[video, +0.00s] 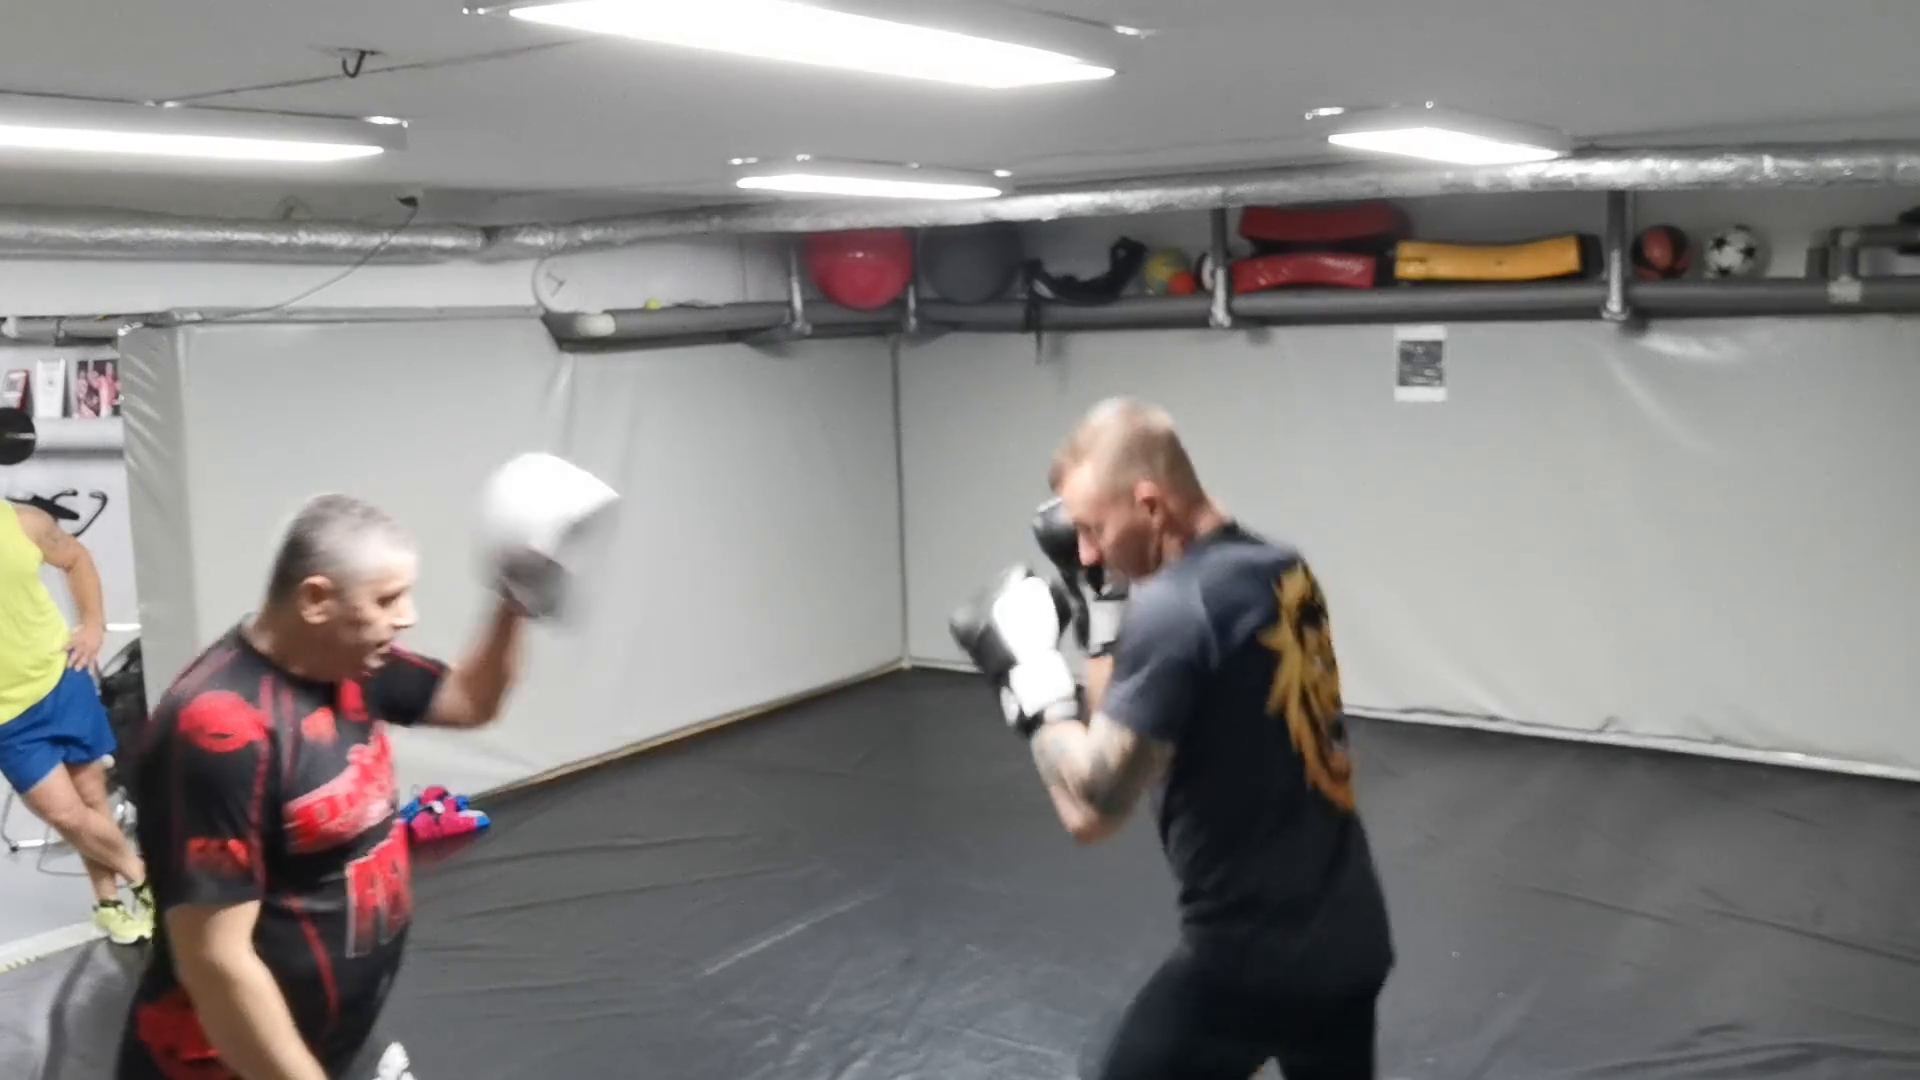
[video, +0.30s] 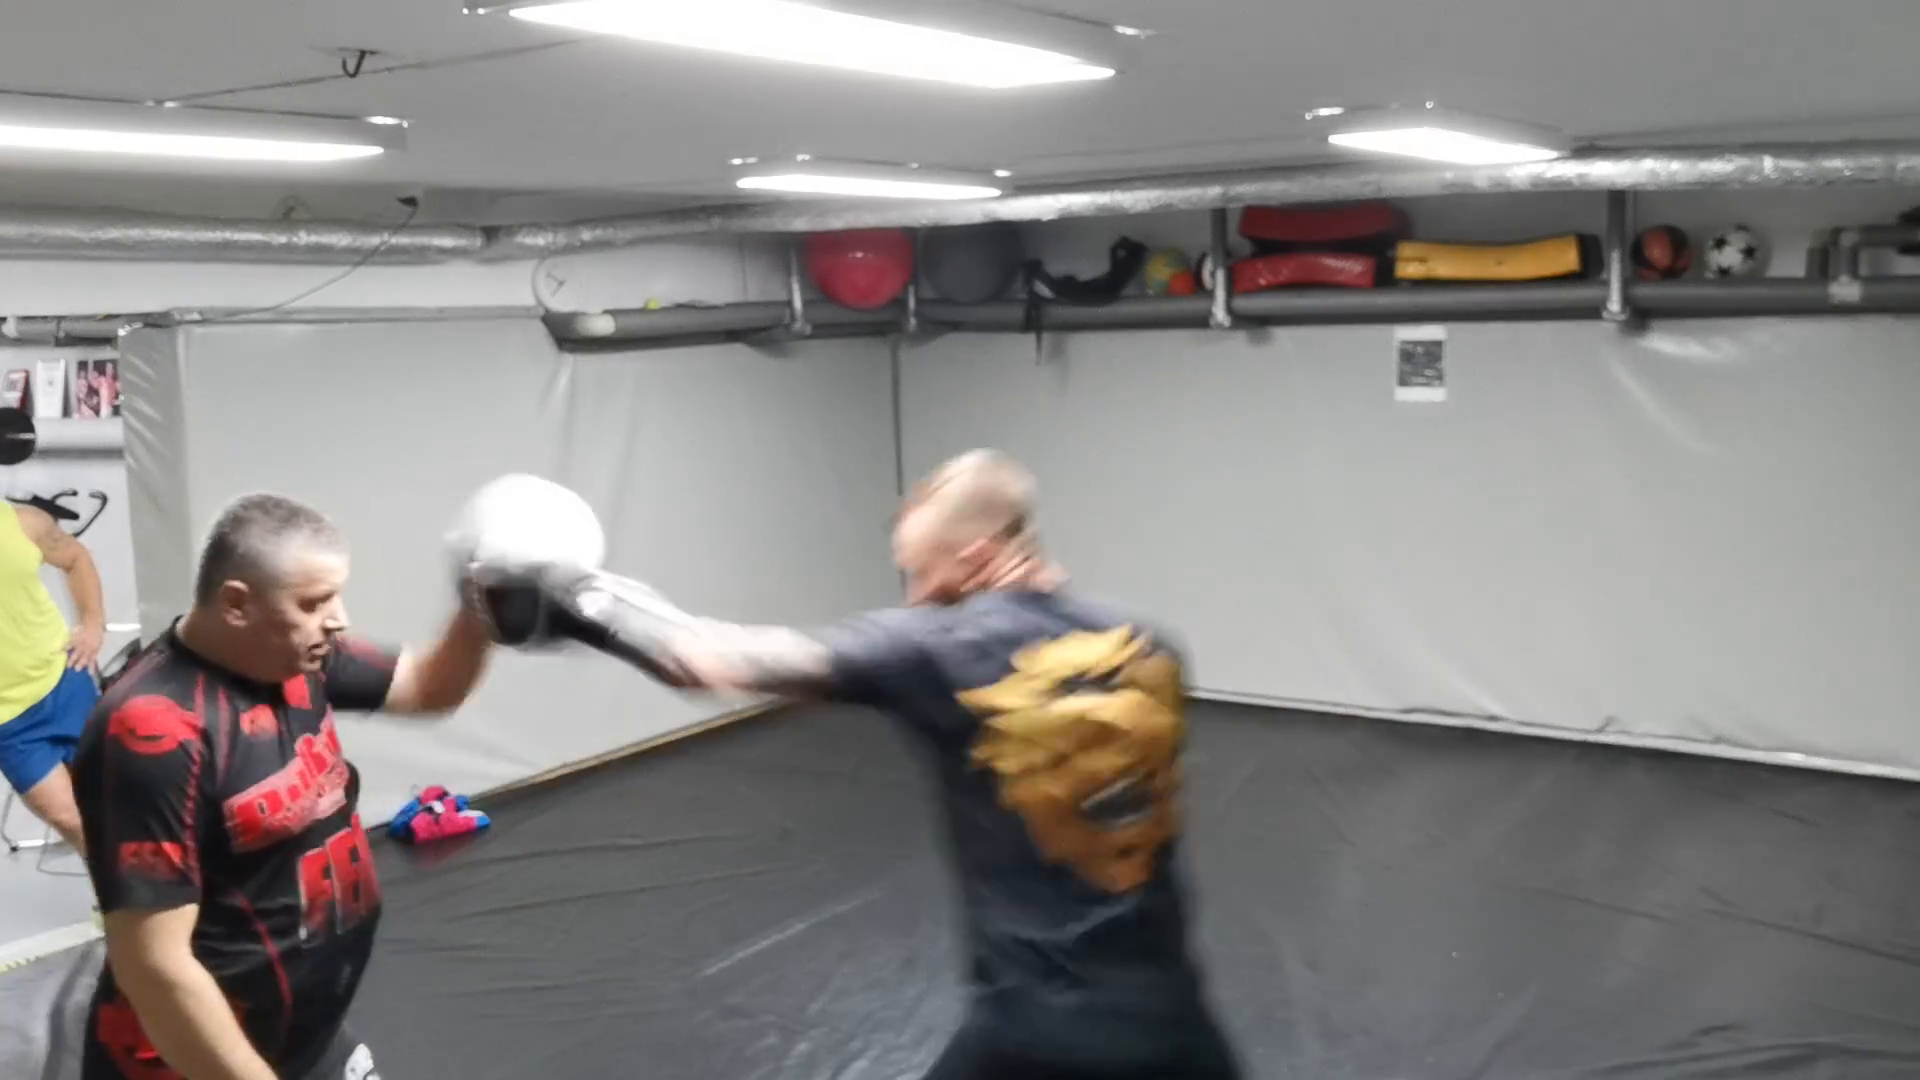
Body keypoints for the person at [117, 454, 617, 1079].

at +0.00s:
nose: (406, 618)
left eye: (405, 597)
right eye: (387, 601)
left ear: (319, 601)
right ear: (317, 600)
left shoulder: (342, 665)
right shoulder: (214, 726)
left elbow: (469, 700)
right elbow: (213, 958)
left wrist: (513, 599)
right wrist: (304, 1071)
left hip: (343, 1038)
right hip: (233, 1057)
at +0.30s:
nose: (339, 623)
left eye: (337, 600)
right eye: (314, 605)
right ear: (236, 605)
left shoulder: (291, 657)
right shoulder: (147, 727)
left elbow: (430, 688)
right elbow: (153, 965)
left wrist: (479, 612)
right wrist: (256, 1075)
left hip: (303, 1036)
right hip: (189, 1058)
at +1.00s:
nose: (321, 650)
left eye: (323, 626)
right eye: (296, 631)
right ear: (211, 626)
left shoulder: (330, 699)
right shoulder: (70, 759)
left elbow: (442, 853)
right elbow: (8, 965)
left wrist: (378, 1012)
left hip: (304, 1054)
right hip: (140, 1063)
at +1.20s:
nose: (468, 668)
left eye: (471, 642)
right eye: (449, 643)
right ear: (361, 634)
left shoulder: (466, 715)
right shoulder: (216, 765)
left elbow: (588, 808)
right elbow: (131, 978)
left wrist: (585, 931)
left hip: (413, 1059)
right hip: (255, 1062)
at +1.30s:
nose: (549, 651)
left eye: (553, 627)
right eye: (533, 629)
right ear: (448, 622)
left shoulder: (545, 701)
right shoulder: (297, 753)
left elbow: (691, 772)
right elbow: (224, 966)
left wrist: (725, 886)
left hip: (499, 1058)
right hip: (345, 1066)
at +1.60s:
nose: (741, 613)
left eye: (743, 592)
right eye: (728, 591)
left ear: (666, 582)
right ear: (649, 582)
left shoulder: (723, 667)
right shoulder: (500, 721)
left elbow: (899, 697)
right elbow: (430, 961)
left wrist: (1079, 759)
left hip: (673, 1043)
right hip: (549, 1053)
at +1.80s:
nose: (857, 633)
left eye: (858, 610)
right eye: (850, 610)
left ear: (786, 610)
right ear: (789, 611)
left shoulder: (813, 686)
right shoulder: (654, 768)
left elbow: (985, 695)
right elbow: (620, 1038)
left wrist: (1170, 722)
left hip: (834, 1042)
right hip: (738, 1059)